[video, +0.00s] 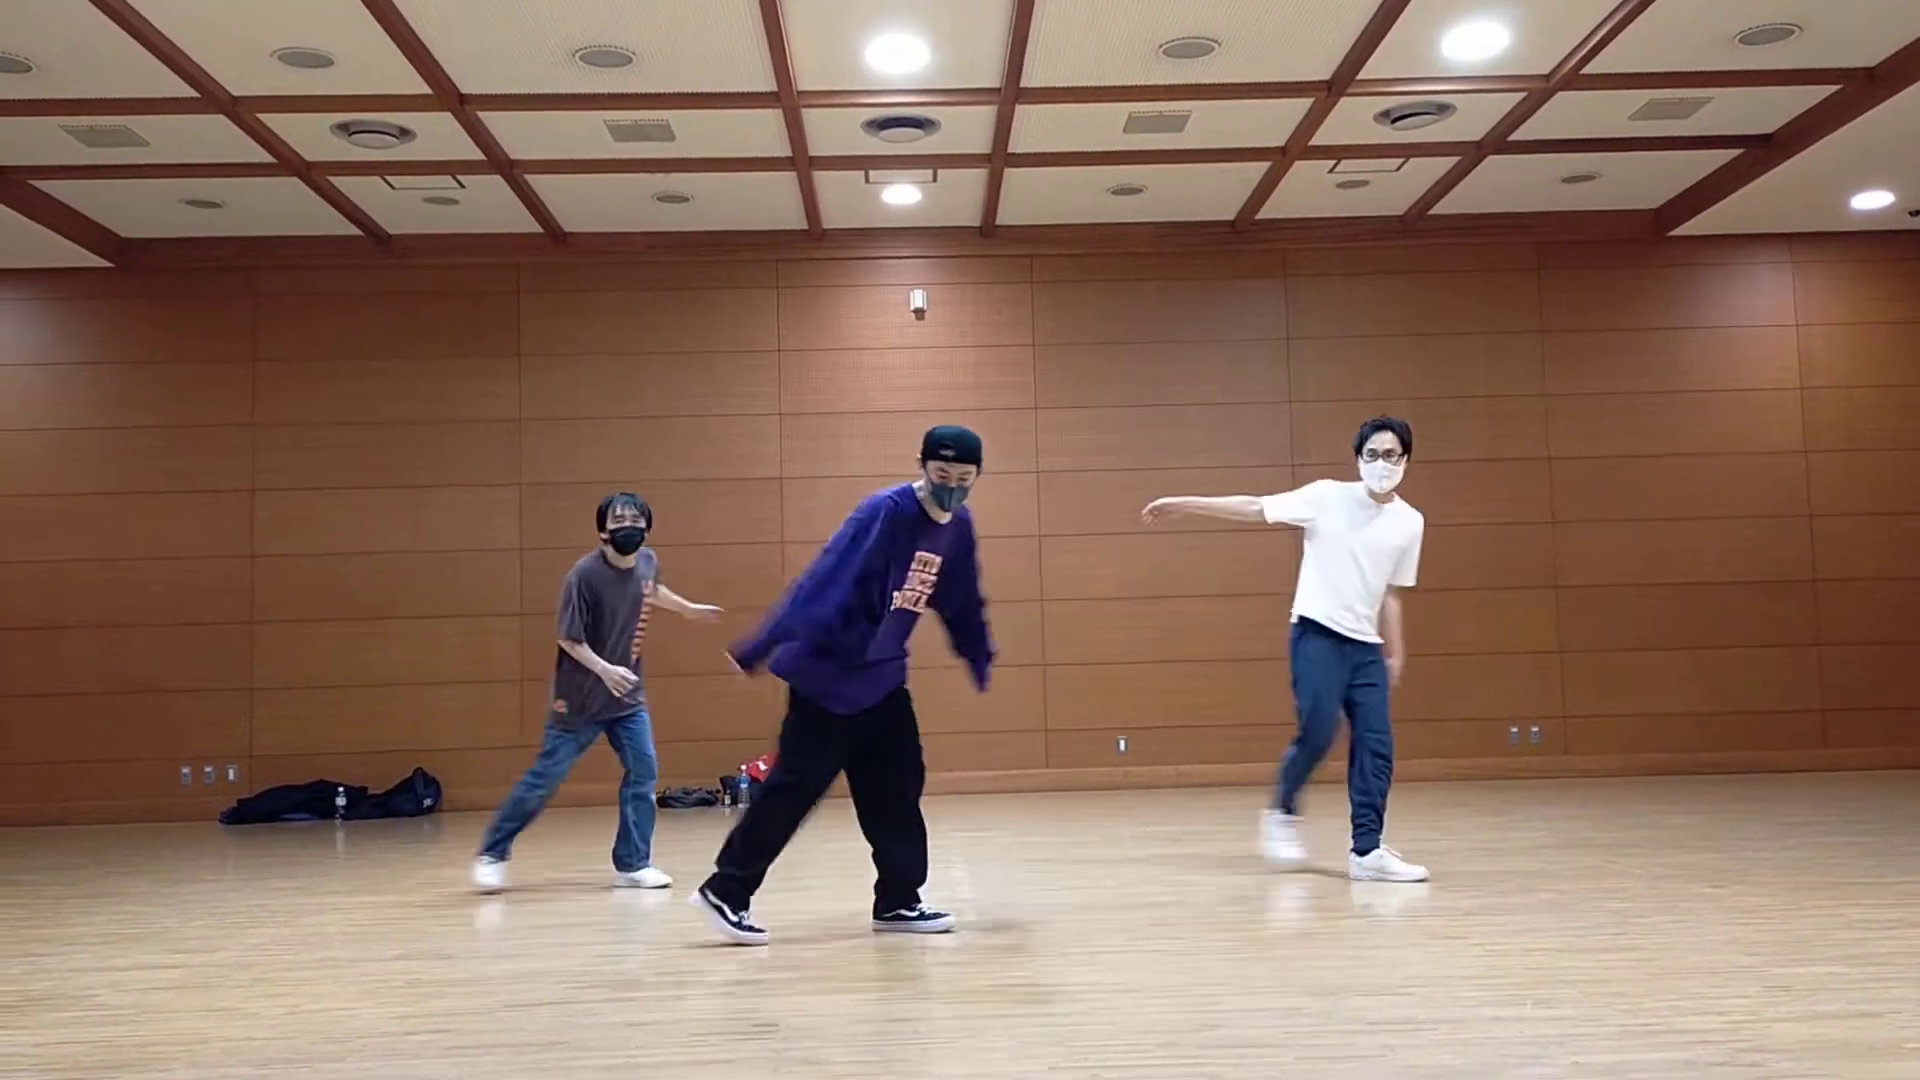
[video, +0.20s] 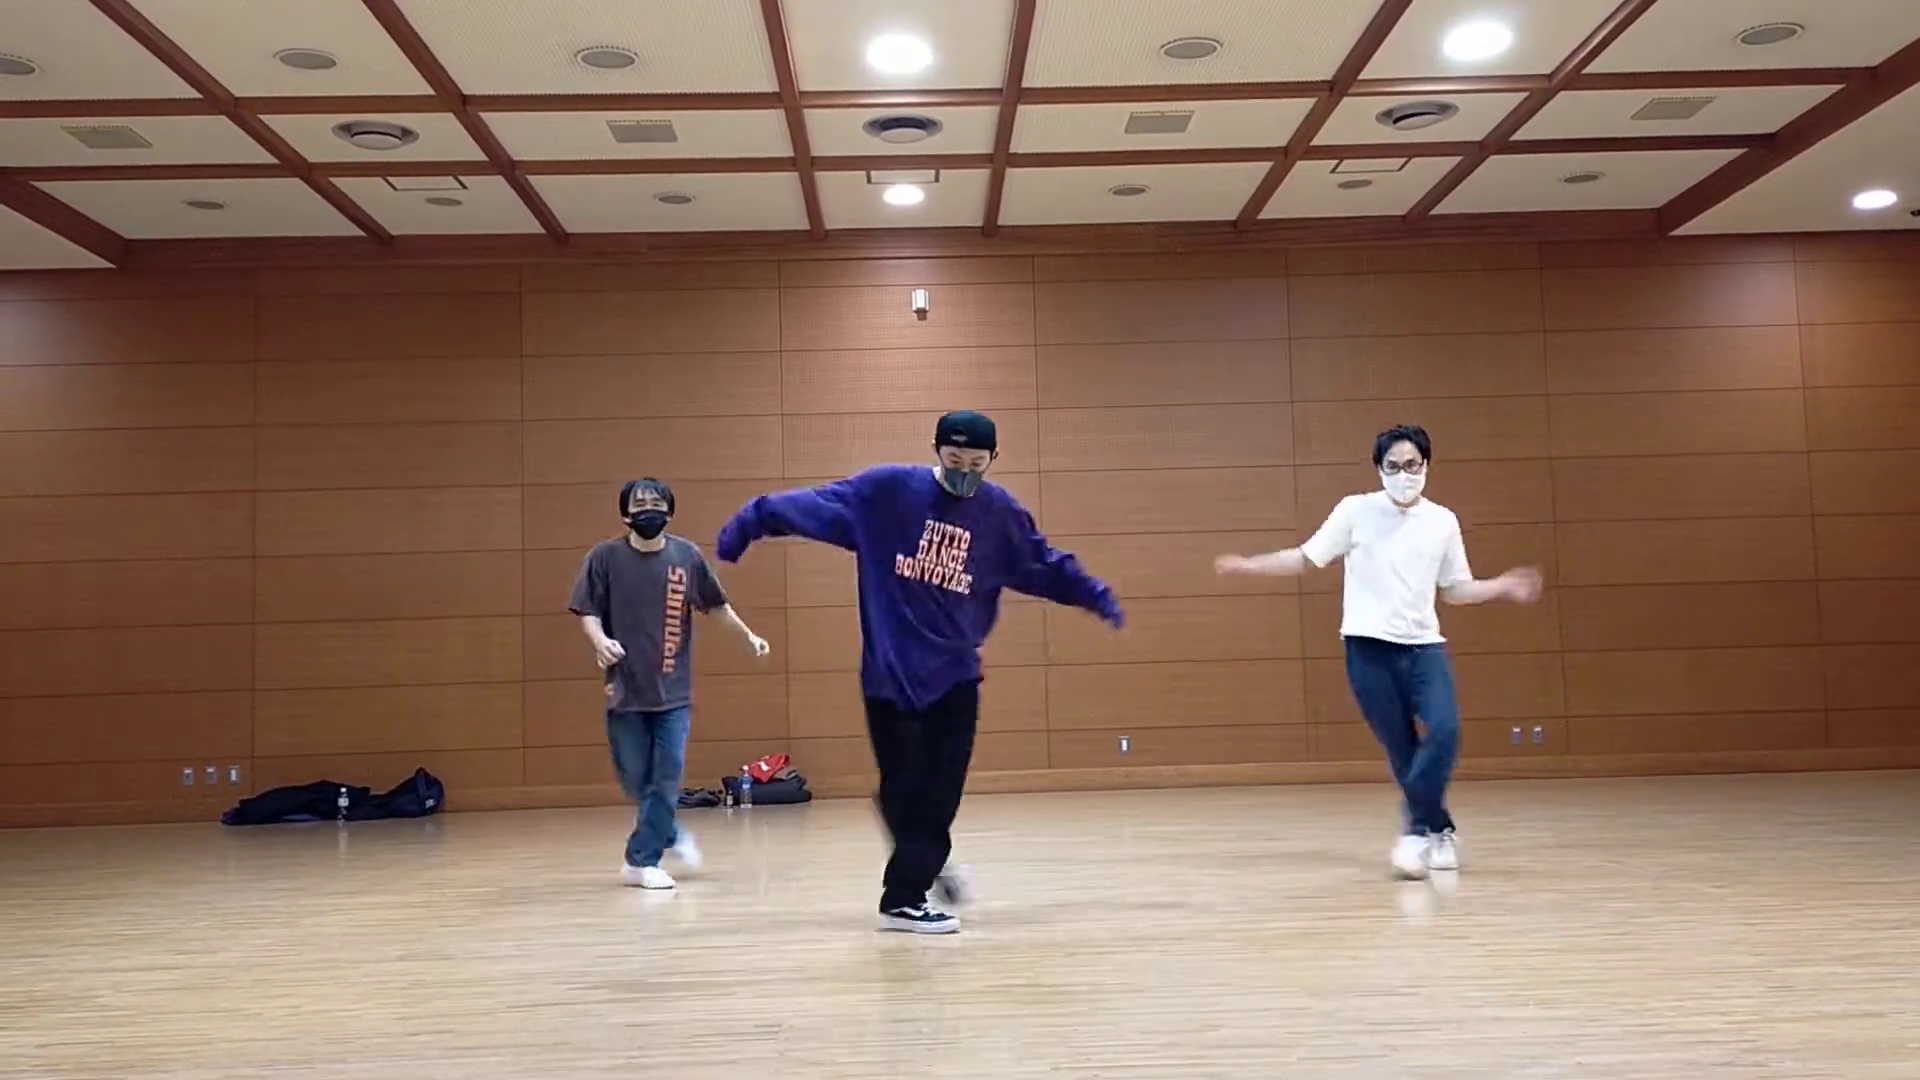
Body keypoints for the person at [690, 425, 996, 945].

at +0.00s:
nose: (951, 483)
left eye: (963, 475)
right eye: (942, 471)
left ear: (975, 478)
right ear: (924, 467)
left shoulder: (958, 527)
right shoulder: (884, 513)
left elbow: (960, 594)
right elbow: (822, 580)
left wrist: (977, 649)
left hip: (882, 677)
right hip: (826, 675)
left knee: (897, 784)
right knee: (797, 783)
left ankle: (897, 902)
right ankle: (726, 890)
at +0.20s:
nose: (964, 467)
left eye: (975, 458)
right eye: (955, 456)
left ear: (988, 459)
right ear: (938, 451)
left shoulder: (998, 513)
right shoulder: (891, 489)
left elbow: (1042, 564)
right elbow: (818, 506)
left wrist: (1094, 592)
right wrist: (753, 518)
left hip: (955, 667)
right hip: (891, 664)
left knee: (940, 788)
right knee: (901, 784)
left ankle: (902, 901)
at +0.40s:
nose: (968, 479)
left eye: (979, 470)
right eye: (959, 469)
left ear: (997, 474)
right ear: (945, 470)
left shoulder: (1016, 533)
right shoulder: (918, 513)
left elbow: (1067, 592)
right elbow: (868, 544)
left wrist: (1111, 585)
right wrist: (831, 562)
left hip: (1004, 669)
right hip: (943, 678)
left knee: (998, 775)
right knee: (972, 781)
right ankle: (1032, 862)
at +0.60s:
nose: (962, 475)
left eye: (972, 466)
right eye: (952, 465)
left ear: (991, 466)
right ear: (940, 465)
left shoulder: (1017, 514)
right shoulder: (933, 513)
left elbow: (1031, 589)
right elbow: (917, 587)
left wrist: (1002, 626)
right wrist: (939, 564)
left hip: (1011, 672)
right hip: (953, 676)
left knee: (1039, 783)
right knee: (944, 794)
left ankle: (1110, 885)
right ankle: (1020, 857)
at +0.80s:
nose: (921, 463)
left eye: (932, 455)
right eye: (913, 454)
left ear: (950, 457)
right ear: (901, 455)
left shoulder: (976, 505)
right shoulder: (895, 500)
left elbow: (1007, 582)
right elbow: (880, 551)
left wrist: (1025, 653)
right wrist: (936, 558)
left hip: (982, 679)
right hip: (924, 680)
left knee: (1023, 784)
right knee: (884, 781)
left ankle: (1101, 879)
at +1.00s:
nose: (884, 451)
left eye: (894, 443)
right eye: (874, 442)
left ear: (911, 448)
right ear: (859, 447)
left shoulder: (951, 497)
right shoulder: (848, 508)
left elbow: (1020, 520)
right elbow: (819, 581)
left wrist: (1088, 530)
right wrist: (807, 646)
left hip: (933, 656)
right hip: (869, 658)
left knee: (905, 774)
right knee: (847, 783)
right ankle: (831, 892)